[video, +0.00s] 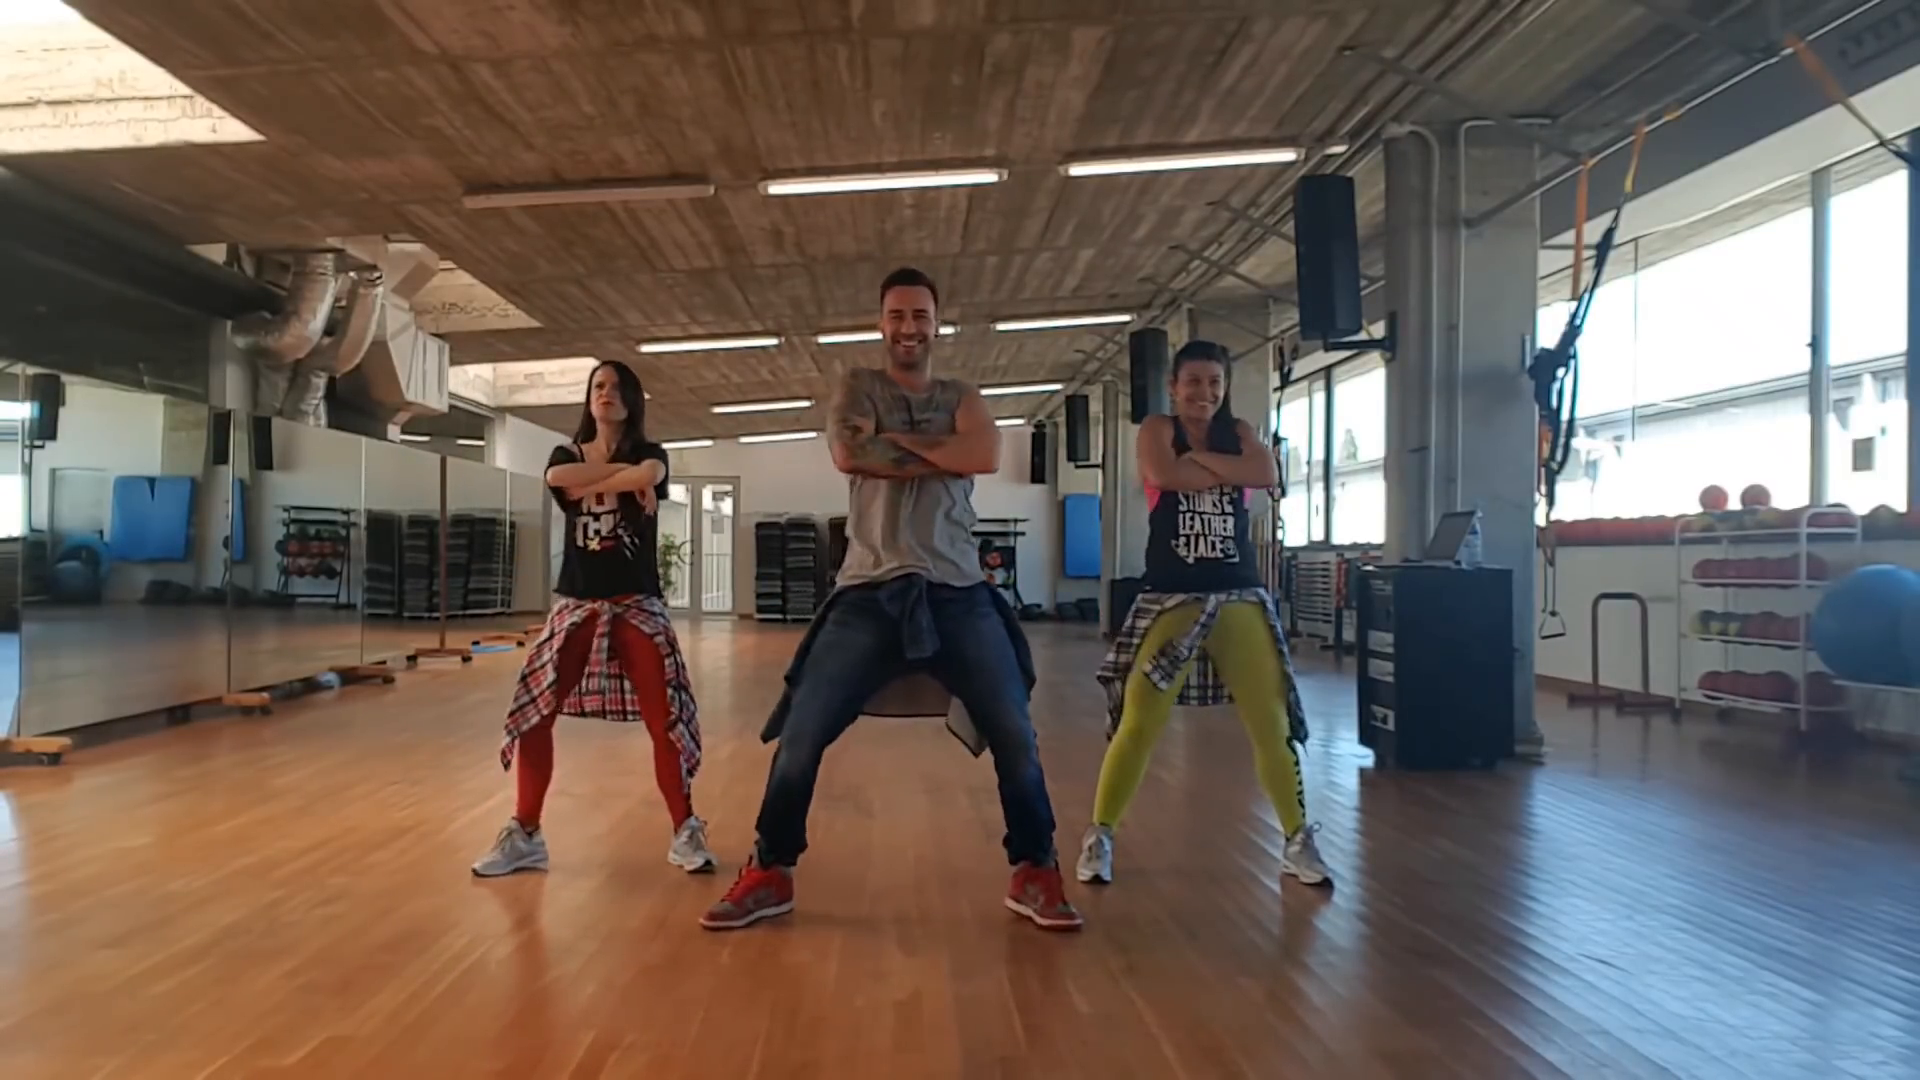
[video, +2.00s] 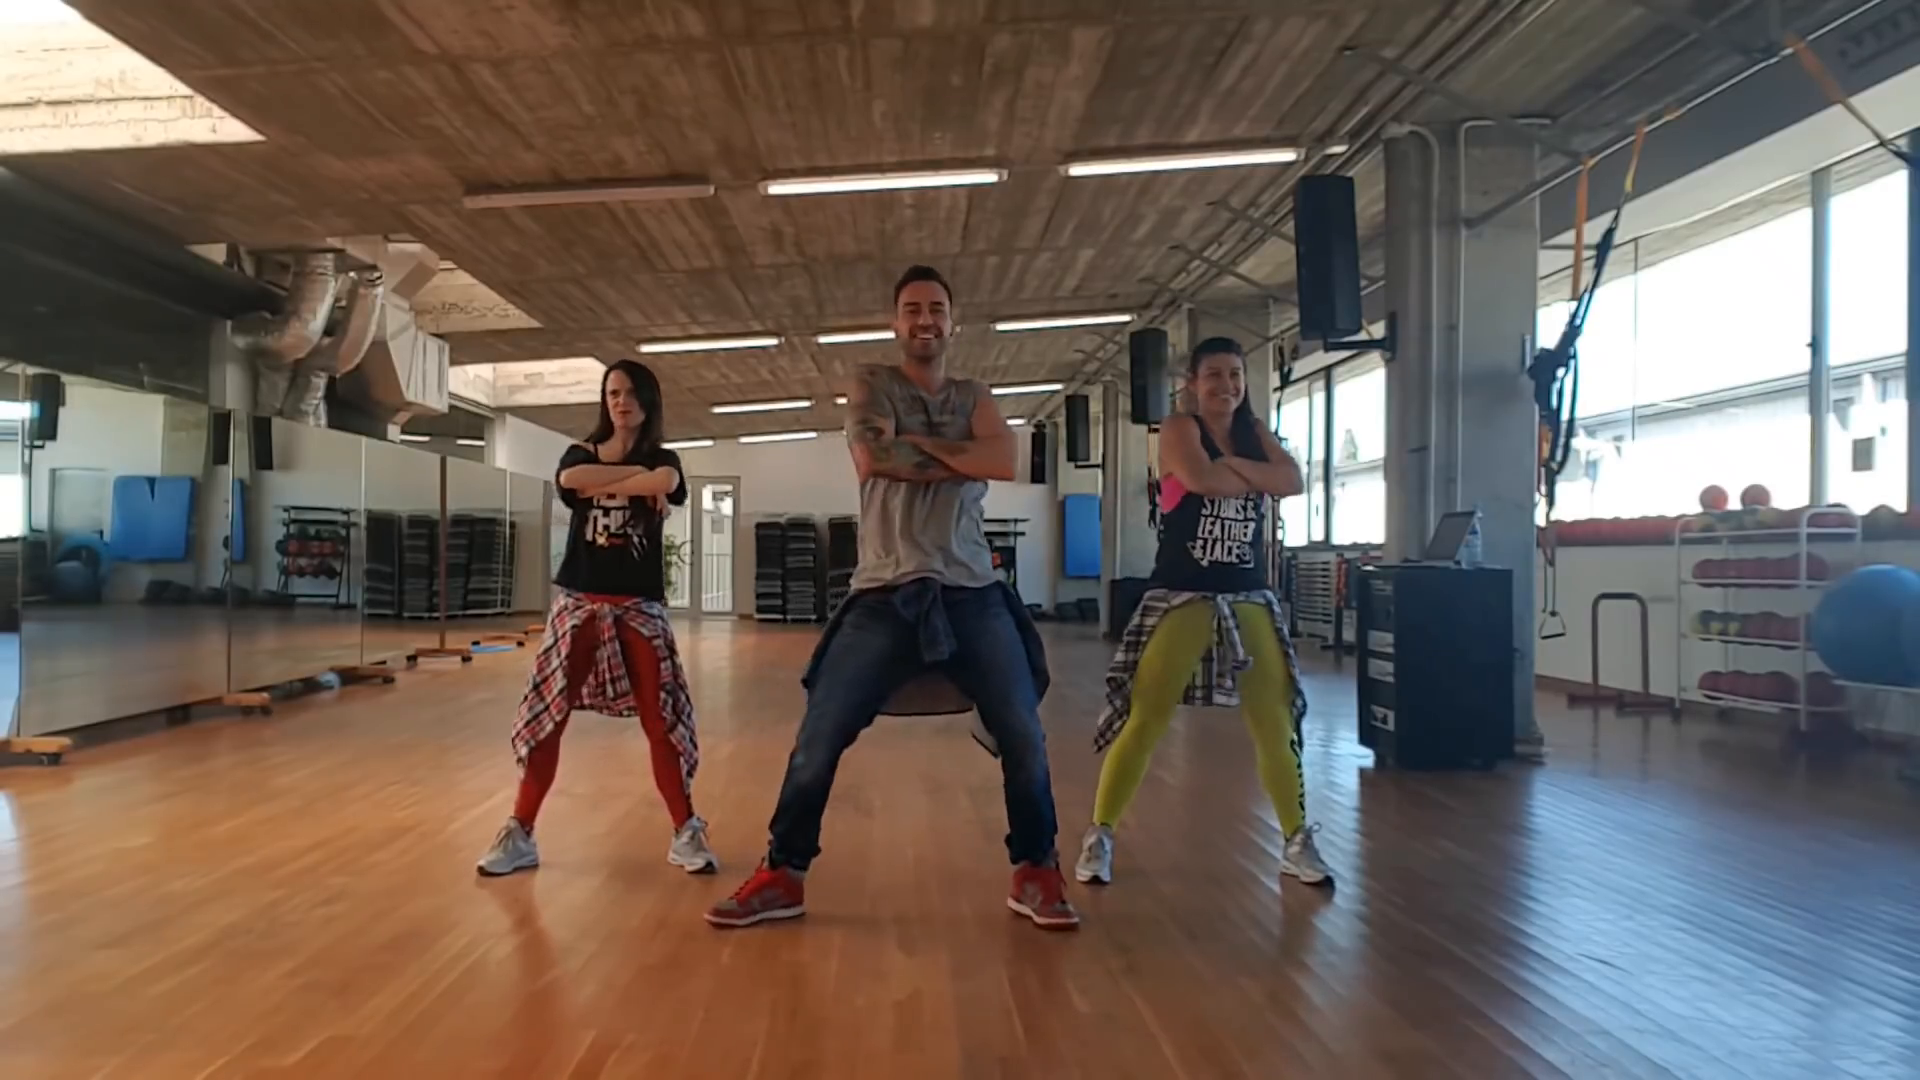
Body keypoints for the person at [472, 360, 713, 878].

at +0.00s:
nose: (606, 394)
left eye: (616, 388)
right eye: (599, 387)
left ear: (633, 400)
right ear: (588, 399)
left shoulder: (652, 455)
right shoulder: (568, 453)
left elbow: (643, 479)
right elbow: (557, 480)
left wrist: (587, 485)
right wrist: (628, 475)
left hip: (637, 602)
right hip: (575, 602)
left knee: (664, 719)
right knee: (533, 712)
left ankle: (686, 831)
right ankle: (526, 835)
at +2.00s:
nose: (619, 402)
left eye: (628, 393)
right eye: (613, 394)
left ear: (648, 401)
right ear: (604, 401)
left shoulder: (663, 462)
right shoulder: (583, 452)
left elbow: (662, 485)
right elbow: (569, 481)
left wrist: (597, 483)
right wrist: (639, 478)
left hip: (639, 603)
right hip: (578, 600)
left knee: (659, 719)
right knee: (548, 713)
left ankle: (686, 831)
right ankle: (520, 834)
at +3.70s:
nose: (609, 391)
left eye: (618, 383)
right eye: (600, 386)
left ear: (637, 396)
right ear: (590, 400)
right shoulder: (569, 458)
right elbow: (515, 494)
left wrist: (618, 545)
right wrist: (567, 499)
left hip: (641, 606)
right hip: (578, 607)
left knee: (670, 724)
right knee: (540, 716)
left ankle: (686, 833)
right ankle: (518, 834)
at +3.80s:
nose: (620, 389)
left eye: (628, 381)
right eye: (611, 384)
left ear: (648, 390)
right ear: (601, 397)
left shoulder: (665, 449)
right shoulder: (577, 450)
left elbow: (695, 464)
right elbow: (513, 452)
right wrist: (501, 452)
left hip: (659, 600)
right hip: (596, 601)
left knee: (676, 722)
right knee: (559, 714)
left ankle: (687, 832)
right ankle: (527, 831)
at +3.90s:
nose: (630, 392)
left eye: (638, 383)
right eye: (620, 387)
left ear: (656, 391)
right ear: (611, 400)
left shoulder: (677, 451)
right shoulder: (591, 454)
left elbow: (715, 438)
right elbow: (525, 450)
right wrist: (492, 398)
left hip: (673, 600)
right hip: (613, 598)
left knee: (686, 719)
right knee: (588, 709)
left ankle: (687, 831)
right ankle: (584, 812)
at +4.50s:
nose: (592, 423)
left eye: (600, 415)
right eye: (584, 417)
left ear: (620, 423)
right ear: (574, 428)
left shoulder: (631, 481)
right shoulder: (563, 480)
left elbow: (654, 491)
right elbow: (521, 491)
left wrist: (653, 417)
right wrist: (529, 425)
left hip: (626, 628)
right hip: (569, 629)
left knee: (656, 729)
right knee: (516, 720)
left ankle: (696, 831)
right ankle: (527, 832)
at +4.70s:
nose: (565, 404)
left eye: (575, 397)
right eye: (558, 397)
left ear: (594, 409)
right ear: (547, 410)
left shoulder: (603, 463)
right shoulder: (532, 458)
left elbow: (636, 468)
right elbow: (489, 461)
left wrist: (630, 398)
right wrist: (509, 393)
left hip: (591, 606)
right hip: (532, 606)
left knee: (623, 708)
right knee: (503, 725)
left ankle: (661, 818)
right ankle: (525, 829)